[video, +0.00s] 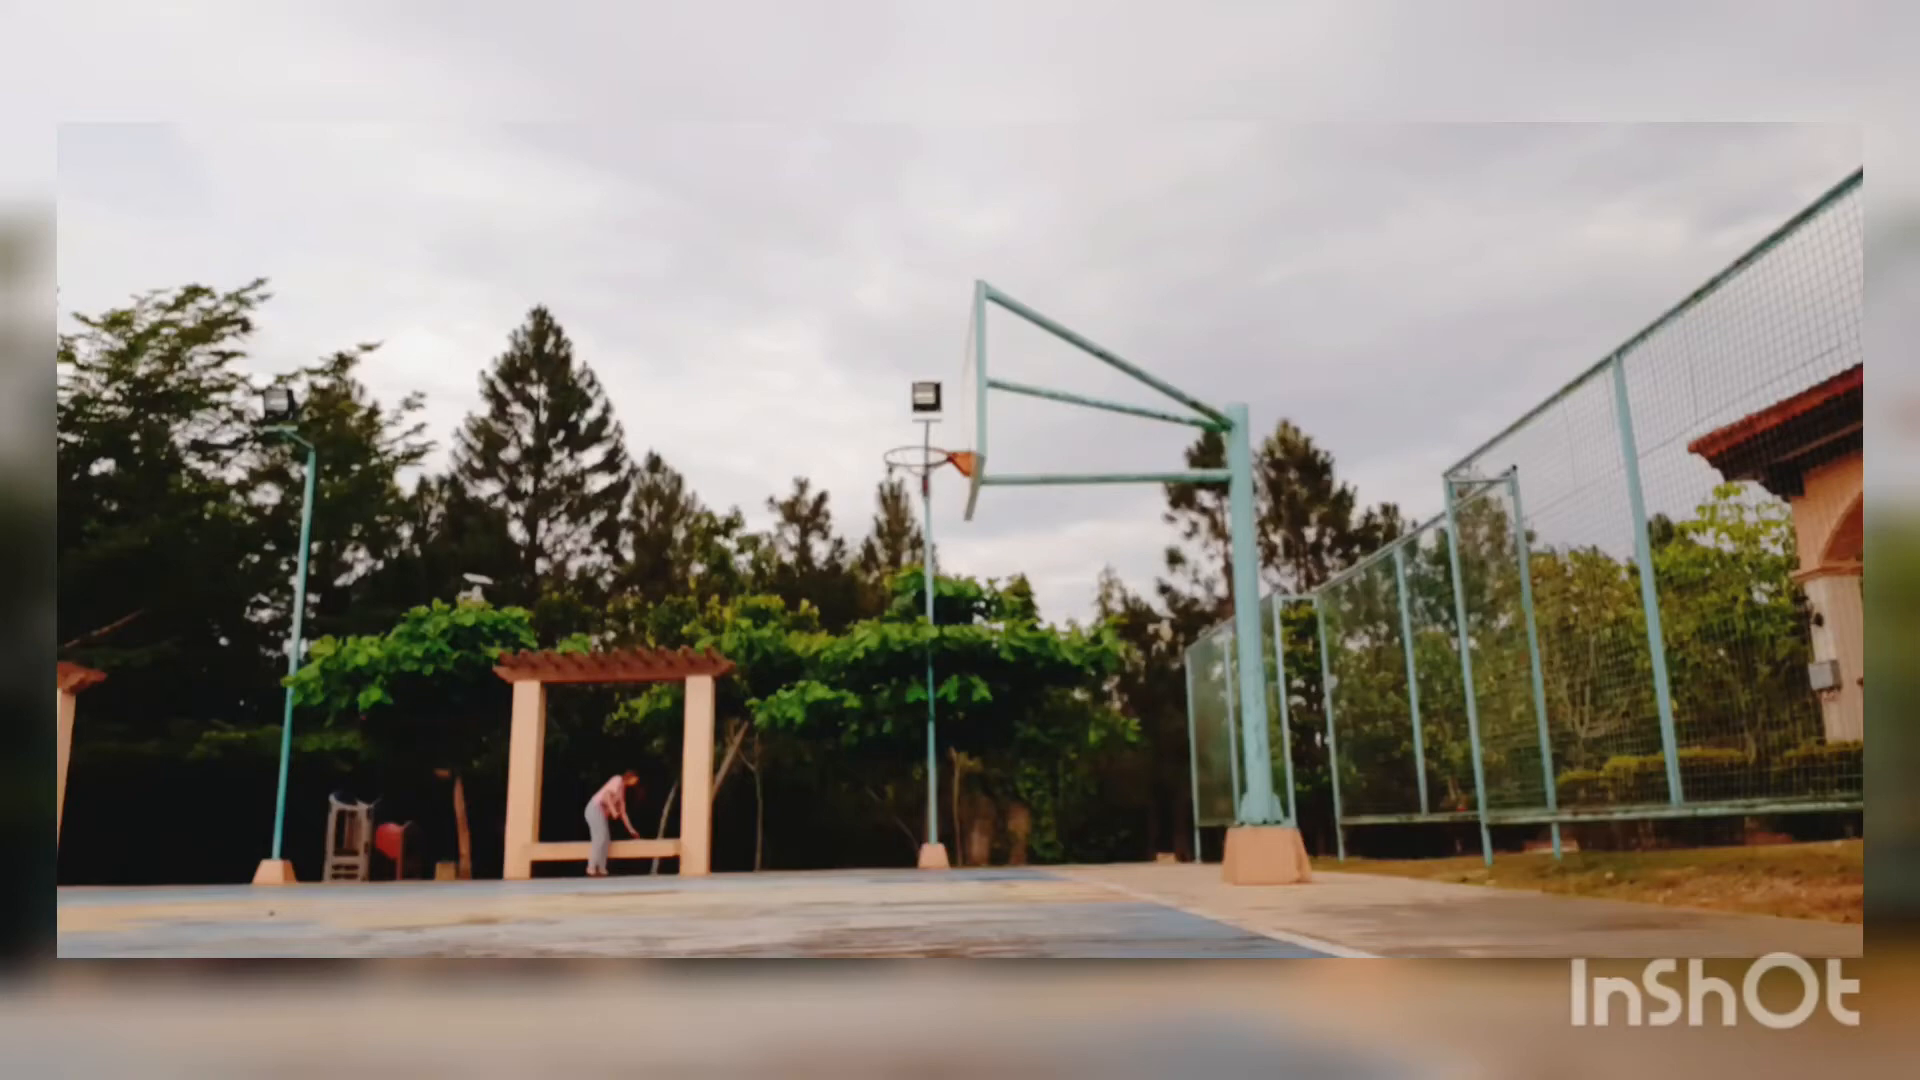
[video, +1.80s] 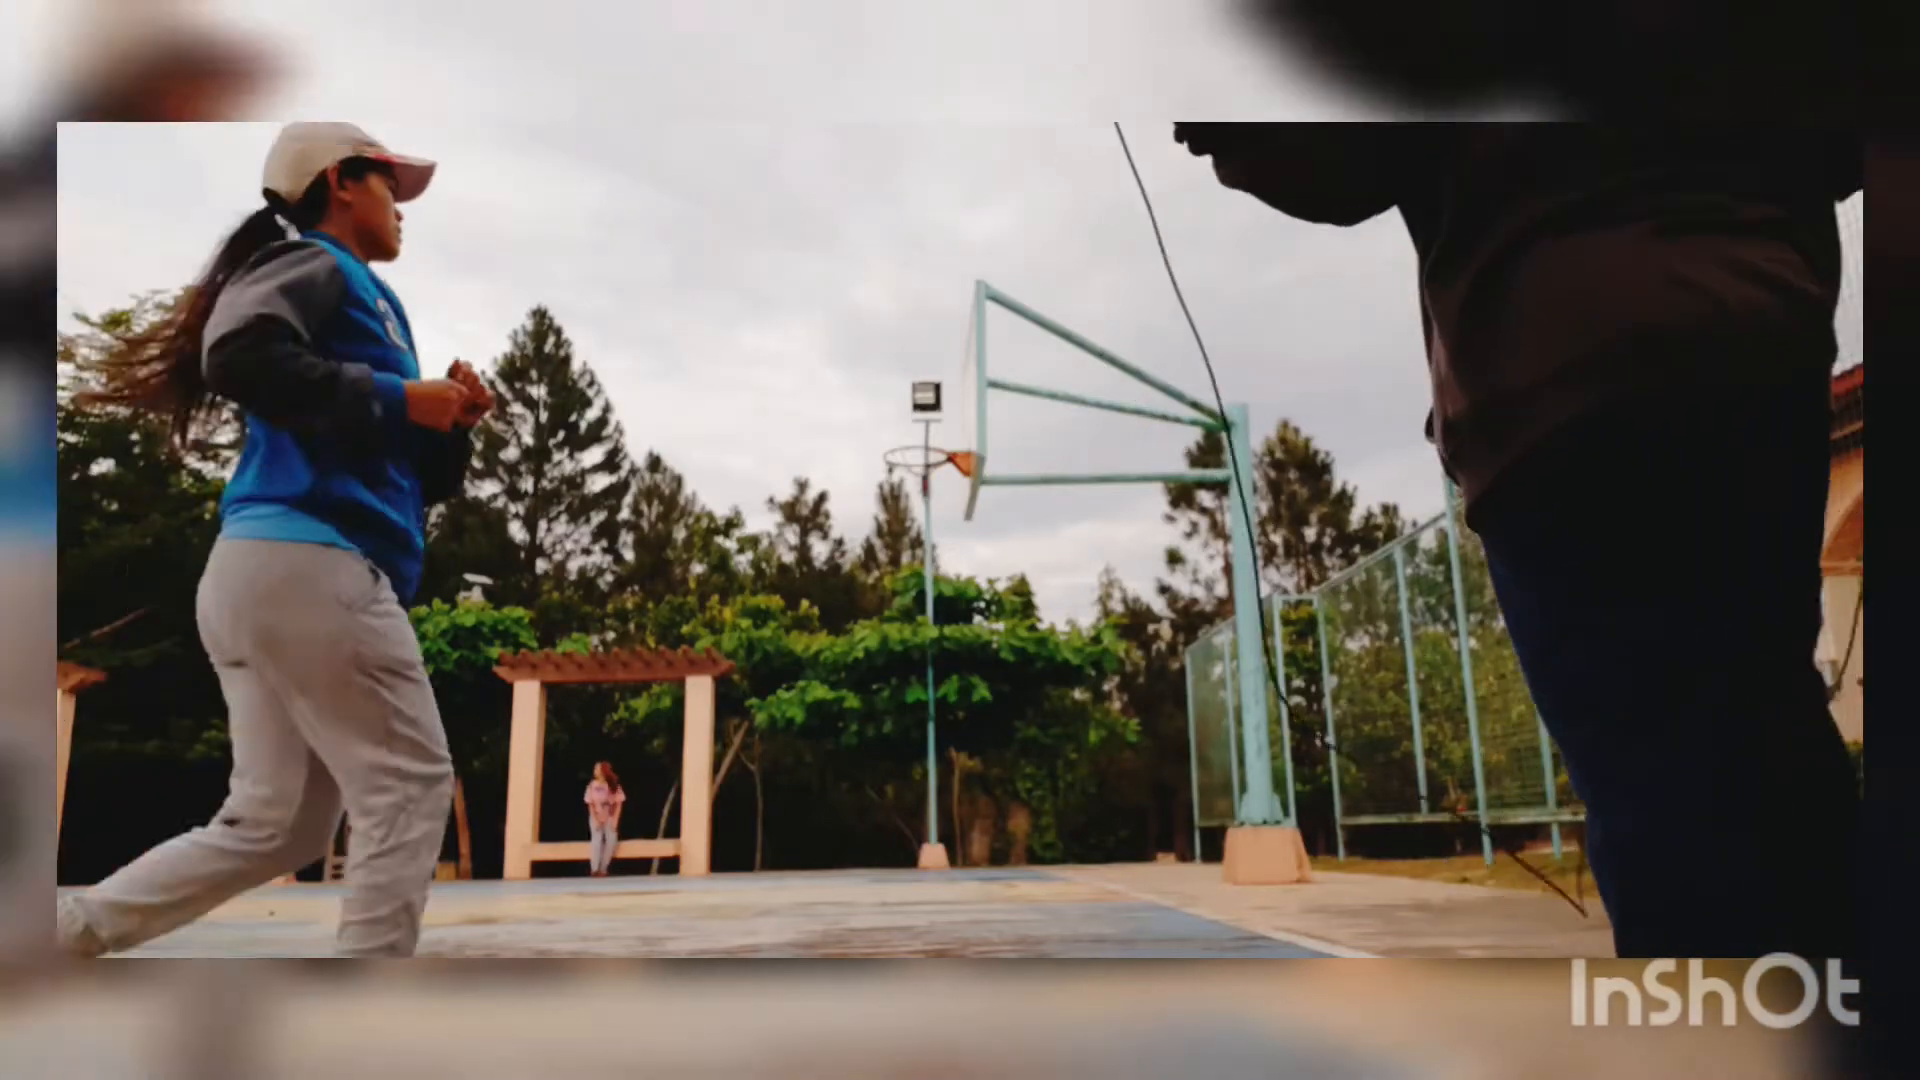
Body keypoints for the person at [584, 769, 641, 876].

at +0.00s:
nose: (634, 783)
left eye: (635, 781)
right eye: (634, 780)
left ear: (631, 779)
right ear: (629, 776)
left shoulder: (621, 789)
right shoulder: (617, 780)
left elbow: (622, 812)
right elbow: (606, 794)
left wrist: (631, 829)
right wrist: (613, 811)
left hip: (602, 811)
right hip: (595, 808)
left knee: (605, 838)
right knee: (600, 837)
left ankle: (601, 867)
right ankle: (592, 866)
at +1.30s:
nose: (625, 769)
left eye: (628, 766)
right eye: (624, 765)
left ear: (629, 769)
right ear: (619, 766)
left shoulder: (623, 787)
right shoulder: (608, 778)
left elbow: (619, 807)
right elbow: (598, 794)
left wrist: (617, 824)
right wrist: (600, 810)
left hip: (608, 812)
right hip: (596, 808)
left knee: (608, 839)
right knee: (596, 837)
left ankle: (602, 867)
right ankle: (591, 867)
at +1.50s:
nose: (610, 767)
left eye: (613, 764)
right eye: (609, 764)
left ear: (618, 767)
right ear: (607, 765)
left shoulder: (621, 785)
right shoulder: (599, 781)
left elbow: (621, 805)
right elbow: (594, 798)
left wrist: (618, 821)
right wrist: (596, 814)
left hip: (611, 811)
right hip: (596, 809)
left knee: (611, 839)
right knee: (596, 838)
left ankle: (604, 868)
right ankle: (593, 867)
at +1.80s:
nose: (595, 772)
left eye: (598, 769)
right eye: (595, 769)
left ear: (604, 771)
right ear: (595, 771)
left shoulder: (614, 786)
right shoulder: (592, 785)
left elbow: (619, 804)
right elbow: (590, 803)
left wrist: (615, 820)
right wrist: (595, 818)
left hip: (610, 816)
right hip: (596, 815)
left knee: (611, 840)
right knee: (596, 839)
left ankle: (604, 867)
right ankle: (594, 867)